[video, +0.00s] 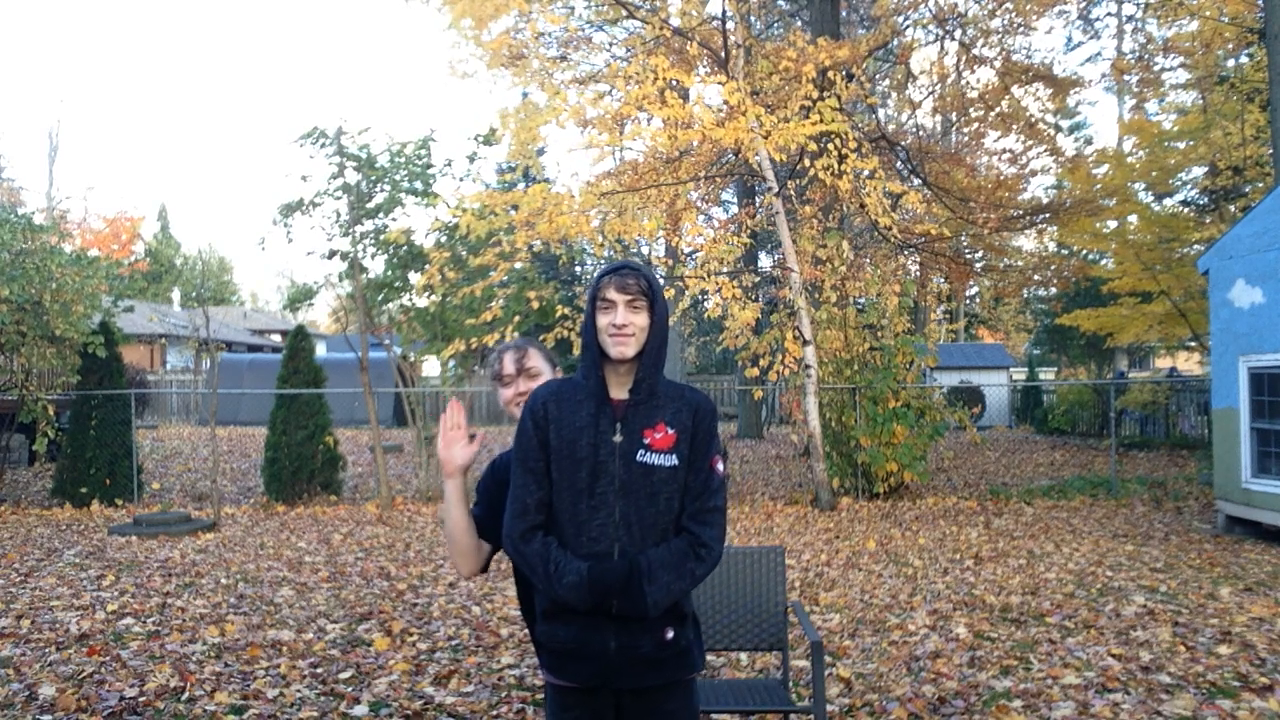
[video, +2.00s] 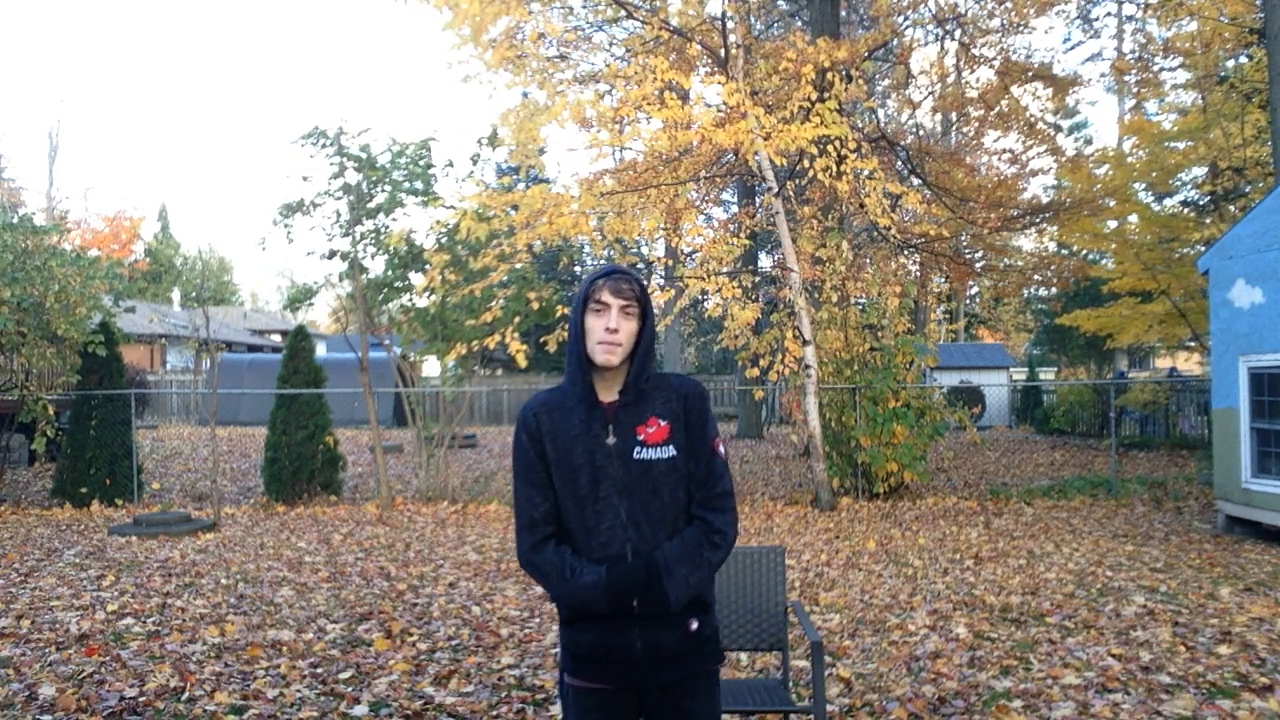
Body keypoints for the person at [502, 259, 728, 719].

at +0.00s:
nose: (619, 320)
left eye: (634, 307)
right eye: (606, 307)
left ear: (655, 320)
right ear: (591, 319)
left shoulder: (691, 409)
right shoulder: (546, 405)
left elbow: (705, 535)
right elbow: (521, 531)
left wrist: (636, 581)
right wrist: (585, 581)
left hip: (662, 655)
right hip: (572, 659)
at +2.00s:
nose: (612, 325)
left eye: (627, 313)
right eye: (599, 310)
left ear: (642, 329)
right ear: (578, 322)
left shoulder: (683, 400)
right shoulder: (541, 416)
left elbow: (718, 518)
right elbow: (534, 543)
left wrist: (658, 576)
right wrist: (602, 587)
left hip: (682, 649)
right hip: (593, 654)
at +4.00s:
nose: (639, 322)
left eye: (652, 307)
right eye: (623, 309)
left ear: (672, 319)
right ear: (608, 323)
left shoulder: (709, 411)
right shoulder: (566, 405)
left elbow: (732, 531)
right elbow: (536, 528)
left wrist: (667, 579)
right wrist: (611, 578)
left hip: (681, 651)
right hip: (590, 651)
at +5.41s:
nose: (627, 313)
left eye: (642, 301)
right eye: (614, 300)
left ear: (660, 317)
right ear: (595, 314)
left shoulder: (697, 400)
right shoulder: (553, 401)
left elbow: (762, 498)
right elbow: (501, 509)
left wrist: (680, 538)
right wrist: (593, 553)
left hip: (681, 645)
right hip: (590, 649)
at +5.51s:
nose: (620, 313)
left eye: (634, 300)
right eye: (606, 300)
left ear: (652, 317)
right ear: (586, 315)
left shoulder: (690, 391)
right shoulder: (547, 392)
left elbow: (783, 468)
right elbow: (481, 486)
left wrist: (756, 555)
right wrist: (521, 572)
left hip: (673, 638)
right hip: (582, 641)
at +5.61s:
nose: (617, 322)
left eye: (631, 310)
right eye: (603, 309)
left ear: (649, 325)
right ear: (582, 321)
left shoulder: (684, 402)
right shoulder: (537, 408)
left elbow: (761, 503)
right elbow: (483, 521)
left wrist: (851, 595)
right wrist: (437, 637)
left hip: (665, 650)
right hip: (573, 653)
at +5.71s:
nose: (612, 321)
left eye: (626, 309)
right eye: (598, 308)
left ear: (645, 323)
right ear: (577, 321)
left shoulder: (678, 402)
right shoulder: (540, 408)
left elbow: (725, 526)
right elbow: (511, 544)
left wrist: (824, 580)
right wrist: (437, 635)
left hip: (659, 648)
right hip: (566, 652)